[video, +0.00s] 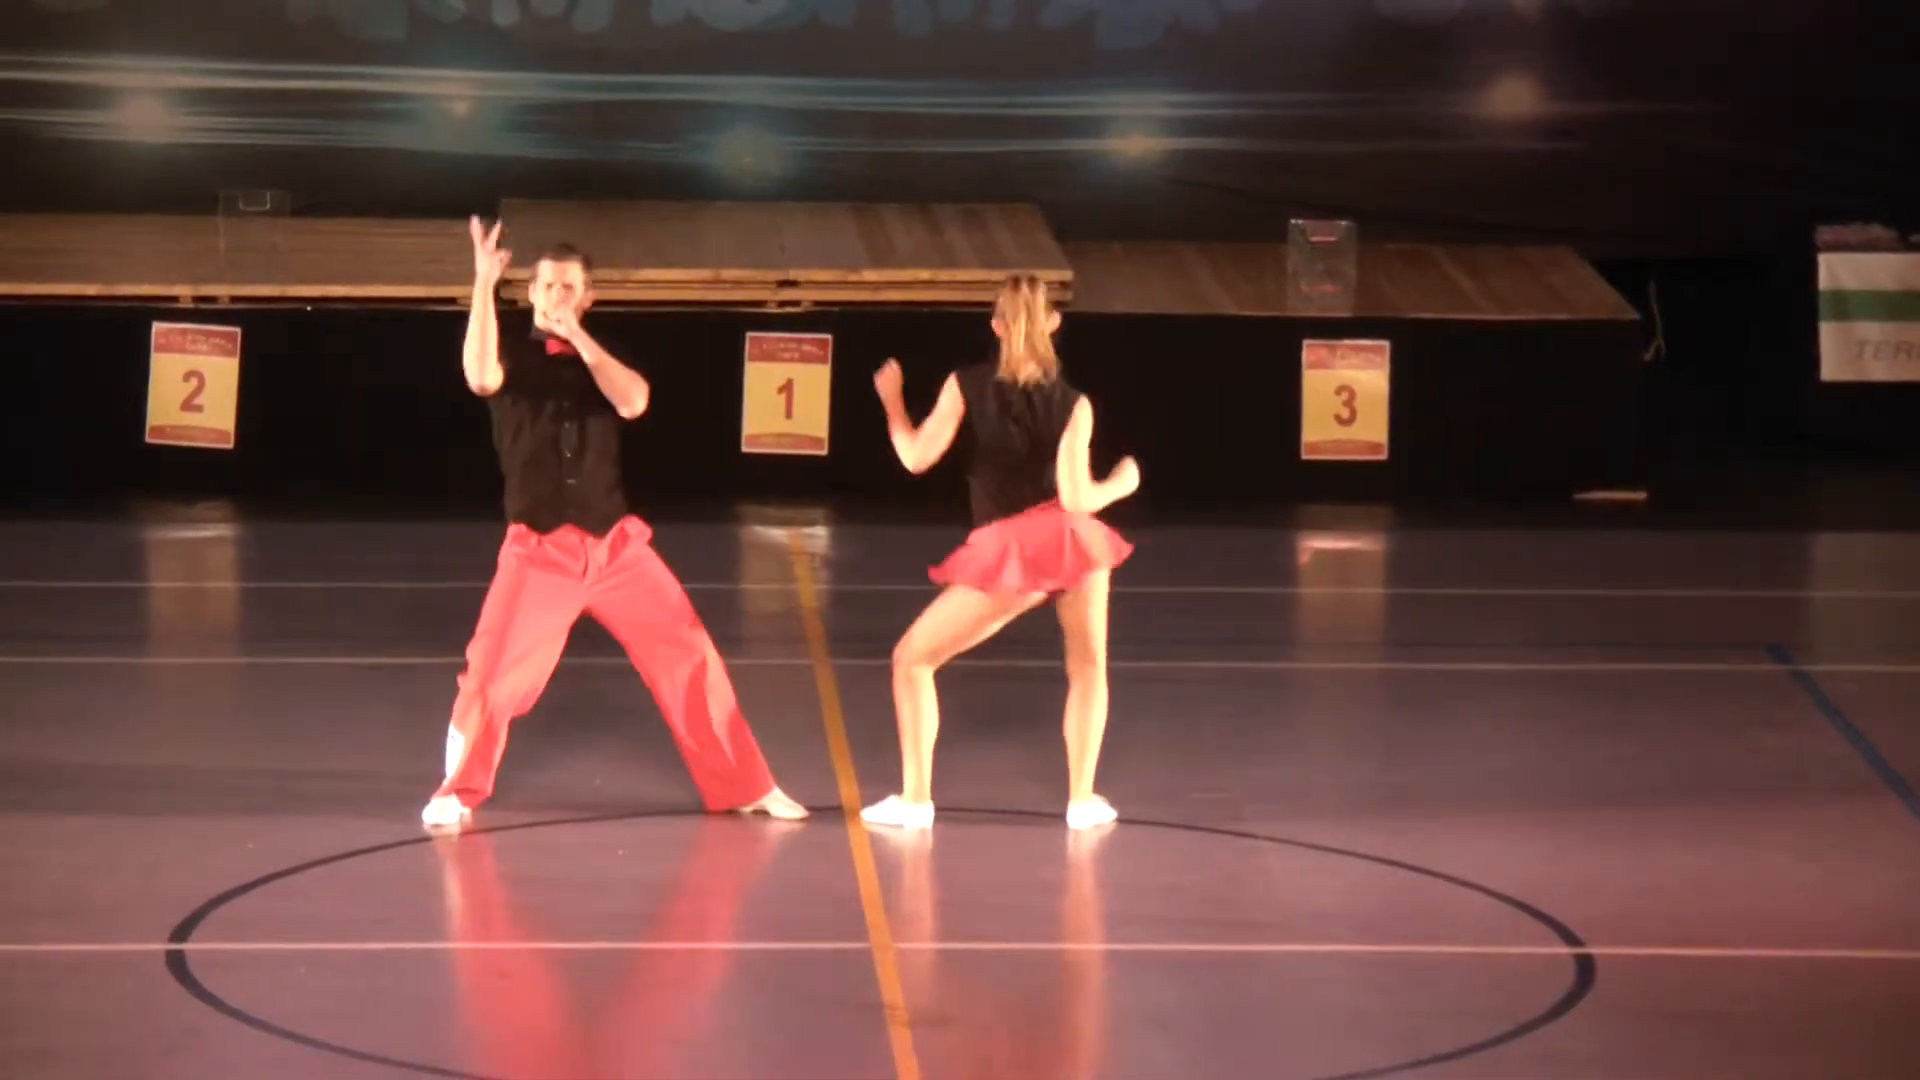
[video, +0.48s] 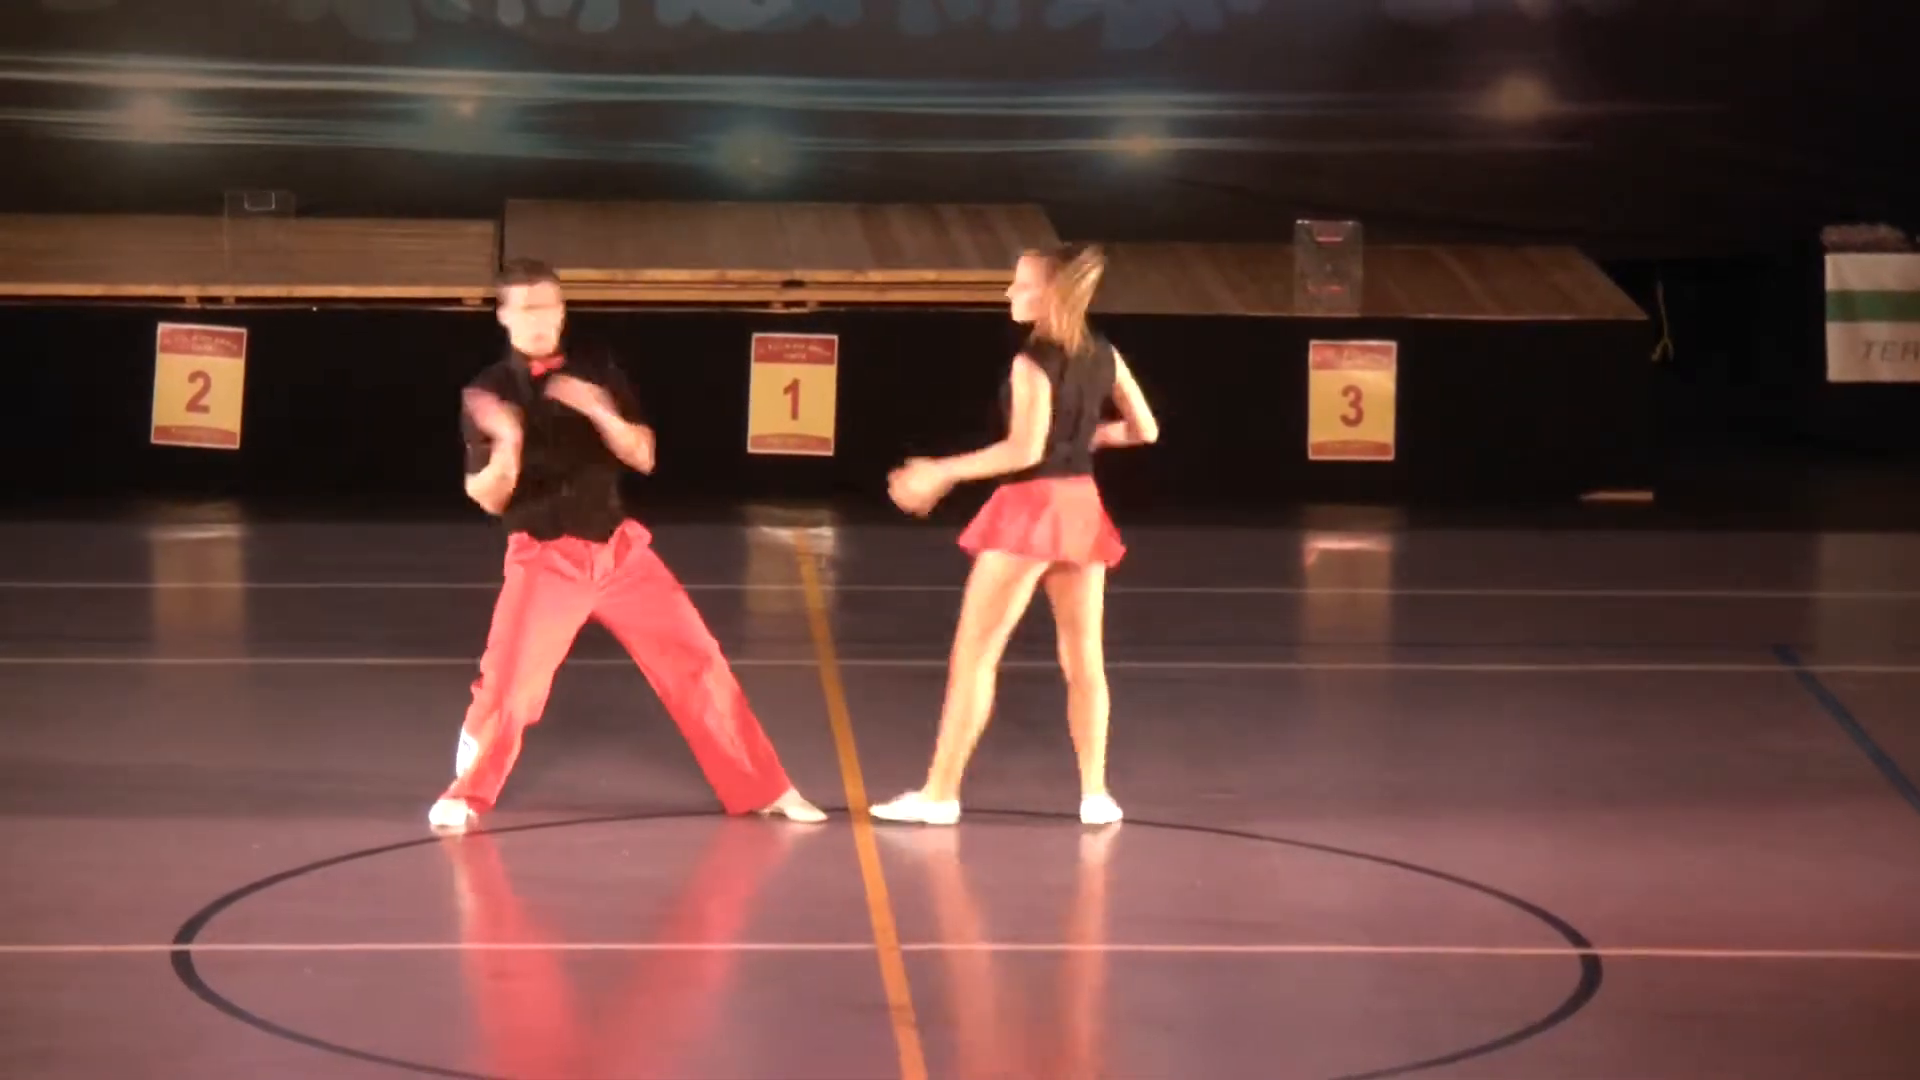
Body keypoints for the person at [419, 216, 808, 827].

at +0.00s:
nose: (558, 295)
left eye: (569, 285)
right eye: (549, 284)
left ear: (586, 296)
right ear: (532, 291)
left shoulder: (600, 358)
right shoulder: (509, 355)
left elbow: (635, 402)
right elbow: (482, 377)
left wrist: (577, 337)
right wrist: (485, 285)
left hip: (618, 547)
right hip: (536, 551)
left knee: (692, 656)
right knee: (489, 673)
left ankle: (748, 786)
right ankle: (456, 796)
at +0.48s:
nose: (541, 322)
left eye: (549, 308)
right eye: (527, 310)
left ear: (563, 311)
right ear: (502, 316)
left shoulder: (596, 371)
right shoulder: (488, 394)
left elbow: (644, 457)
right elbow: (489, 500)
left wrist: (597, 407)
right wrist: (508, 442)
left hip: (620, 551)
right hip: (541, 560)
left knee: (700, 662)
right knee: (507, 686)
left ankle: (766, 790)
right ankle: (465, 799)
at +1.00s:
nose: (644, 327)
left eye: (645, 314)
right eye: (638, 314)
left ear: (607, 313)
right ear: (603, 313)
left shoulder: (616, 376)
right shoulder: (534, 374)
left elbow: (642, 477)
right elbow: (501, 467)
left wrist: (720, 460)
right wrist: (591, 469)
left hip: (640, 550)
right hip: (563, 560)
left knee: (713, 659)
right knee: (526, 686)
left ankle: (772, 791)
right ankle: (468, 800)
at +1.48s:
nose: (607, 309)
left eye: (615, 297)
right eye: (594, 297)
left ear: (628, 304)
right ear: (570, 305)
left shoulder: (656, 375)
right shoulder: (539, 379)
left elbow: (697, 446)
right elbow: (500, 471)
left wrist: (678, 500)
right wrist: (550, 452)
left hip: (655, 561)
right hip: (568, 564)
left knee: (724, 674)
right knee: (519, 679)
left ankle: (776, 799)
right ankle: (470, 799)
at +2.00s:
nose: (610, 290)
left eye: (622, 280)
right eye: (601, 278)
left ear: (641, 291)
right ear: (586, 286)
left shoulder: (663, 347)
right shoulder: (565, 367)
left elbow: (742, 354)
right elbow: (552, 449)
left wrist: (715, 272)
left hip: (652, 541)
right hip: (575, 542)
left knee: (702, 662)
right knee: (507, 659)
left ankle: (771, 778)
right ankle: (496, 798)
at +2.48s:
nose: (608, 277)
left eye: (620, 265)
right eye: (598, 265)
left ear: (641, 273)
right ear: (584, 272)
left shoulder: (673, 341)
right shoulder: (558, 346)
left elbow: (723, 411)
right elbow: (527, 437)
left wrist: (709, 336)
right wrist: (543, 435)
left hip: (662, 526)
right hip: (578, 526)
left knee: (719, 650)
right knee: (529, 651)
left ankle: (746, 782)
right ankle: (469, 788)